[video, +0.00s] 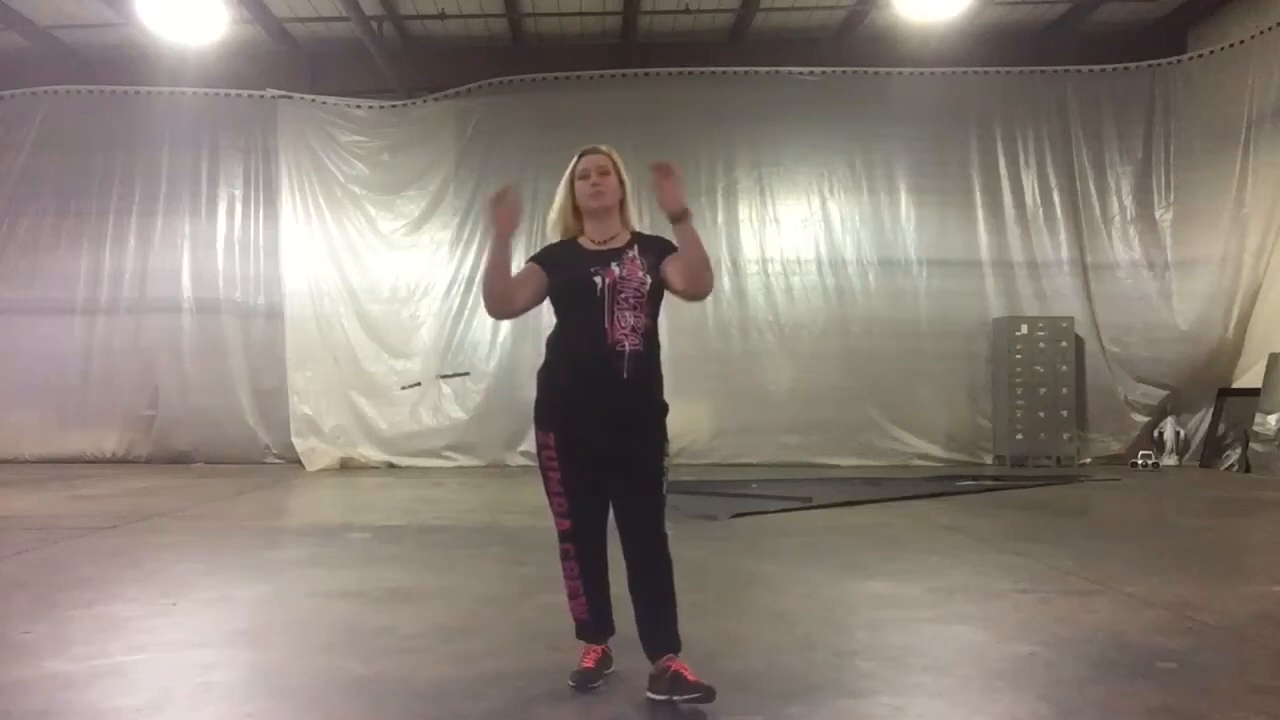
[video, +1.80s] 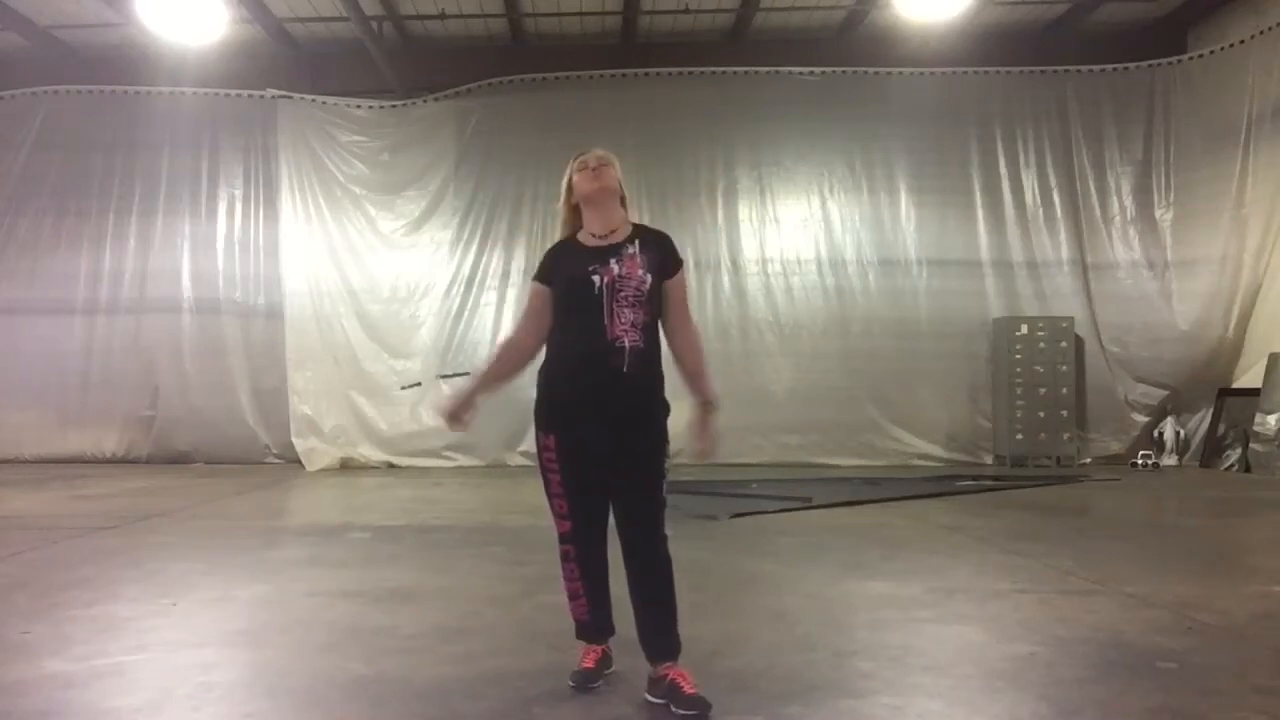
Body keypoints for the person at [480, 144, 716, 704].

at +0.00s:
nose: (595, 181)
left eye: (604, 172)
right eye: (584, 176)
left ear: (622, 185)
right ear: (572, 193)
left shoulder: (650, 248)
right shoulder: (557, 258)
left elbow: (698, 284)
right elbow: (499, 304)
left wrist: (680, 215)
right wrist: (500, 238)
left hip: (636, 414)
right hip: (567, 416)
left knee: (647, 537)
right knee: (580, 537)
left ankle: (665, 659)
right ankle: (595, 646)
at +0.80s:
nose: (605, 194)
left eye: (615, 184)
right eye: (594, 185)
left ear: (633, 192)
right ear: (579, 196)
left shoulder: (657, 248)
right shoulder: (562, 253)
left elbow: (713, 195)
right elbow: (494, 213)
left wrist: (650, 191)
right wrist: (564, 196)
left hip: (639, 416)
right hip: (569, 417)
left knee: (648, 539)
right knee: (581, 537)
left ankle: (666, 663)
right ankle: (594, 647)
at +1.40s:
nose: (597, 173)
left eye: (607, 166)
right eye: (587, 168)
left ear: (626, 185)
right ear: (575, 188)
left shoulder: (653, 242)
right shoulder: (556, 245)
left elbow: (717, 192)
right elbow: (489, 192)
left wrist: (679, 161)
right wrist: (522, 156)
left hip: (635, 412)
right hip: (565, 413)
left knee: (646, 538)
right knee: (579, 537)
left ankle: (665, 663)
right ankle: (593, 645)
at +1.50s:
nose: (596, 174)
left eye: (605, 168)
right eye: (585, 170)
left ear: (622, 186)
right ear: (573, 190)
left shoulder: (654, 244)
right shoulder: (555, 244)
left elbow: (731, 234)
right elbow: (476, 221)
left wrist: (742, 173)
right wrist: (459, 156)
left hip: (637, 411)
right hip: (567, 413)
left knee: (647, 538)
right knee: (579, 536)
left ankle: (665, 664)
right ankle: (594, 646)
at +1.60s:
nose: (599, 169)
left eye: (608, 167)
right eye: (587, 169)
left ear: (625, 189)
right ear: (573, 195)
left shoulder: (653, 247)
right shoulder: (556, 252)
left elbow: (721, 288)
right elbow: (478, 279)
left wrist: (779, 247)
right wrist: (424, 222)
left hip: (637, 413)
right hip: (568, 415)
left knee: (646, 537)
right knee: (579, 536)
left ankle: (665, 665)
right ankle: (593, 646)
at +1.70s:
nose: (596, 169)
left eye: (606, 166)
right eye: (586, 168)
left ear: (624, 186)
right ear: (573, 192)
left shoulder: (654, 248)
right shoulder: (559, 256)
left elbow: (700, 320)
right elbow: (507, 321)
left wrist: (749, 343)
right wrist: (445, 326)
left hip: (638, 413)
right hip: (569, 416)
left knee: (645, 536)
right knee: (579, 536)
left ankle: (665, 665)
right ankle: (593, 646)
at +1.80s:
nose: (595, 166)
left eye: (604, 162)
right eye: (583, 166)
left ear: (623, 184)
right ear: (571, 193)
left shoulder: (655, 246)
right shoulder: (559, 257)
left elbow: (681, 328)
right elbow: (526, 338)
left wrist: (703, 397)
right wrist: (473, 391)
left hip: (638, 415)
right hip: (568, 419)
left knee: (645, 537)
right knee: (578, 537)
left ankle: (664, 665)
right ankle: (592, 646)